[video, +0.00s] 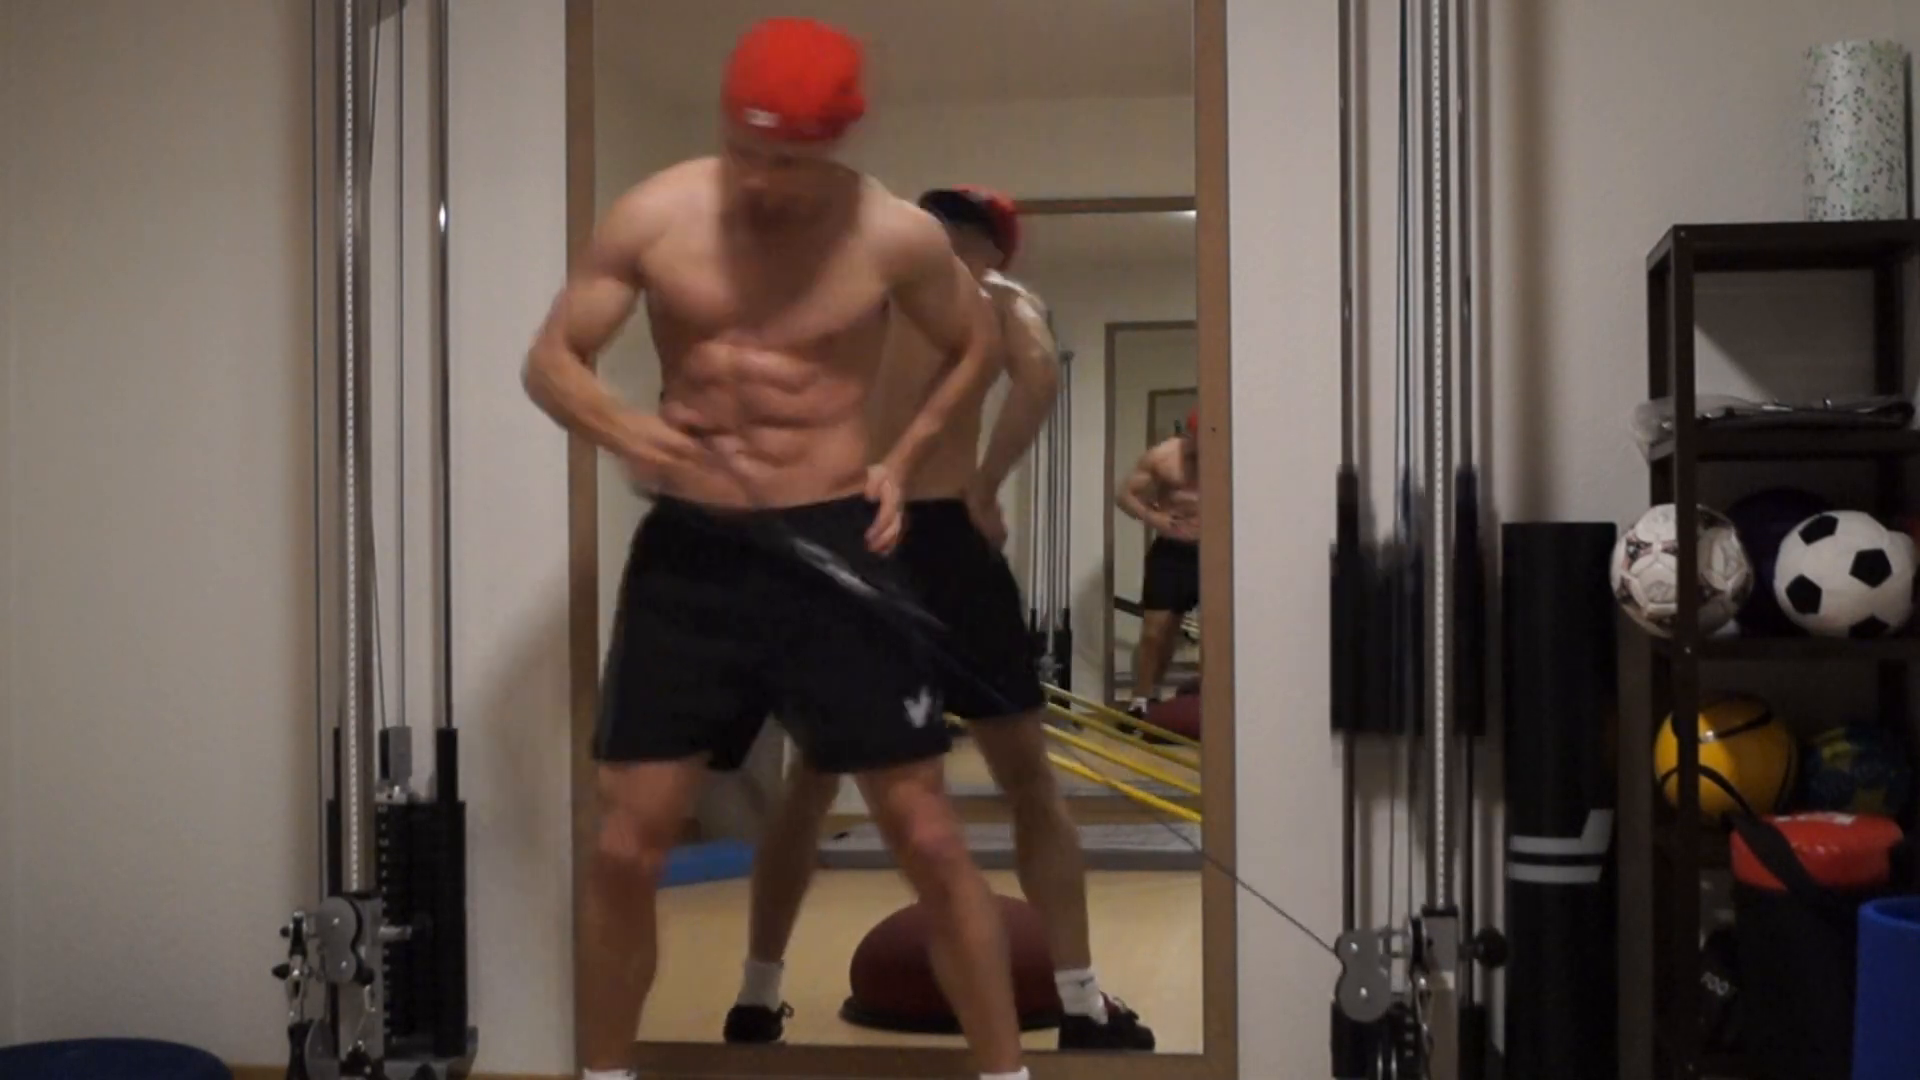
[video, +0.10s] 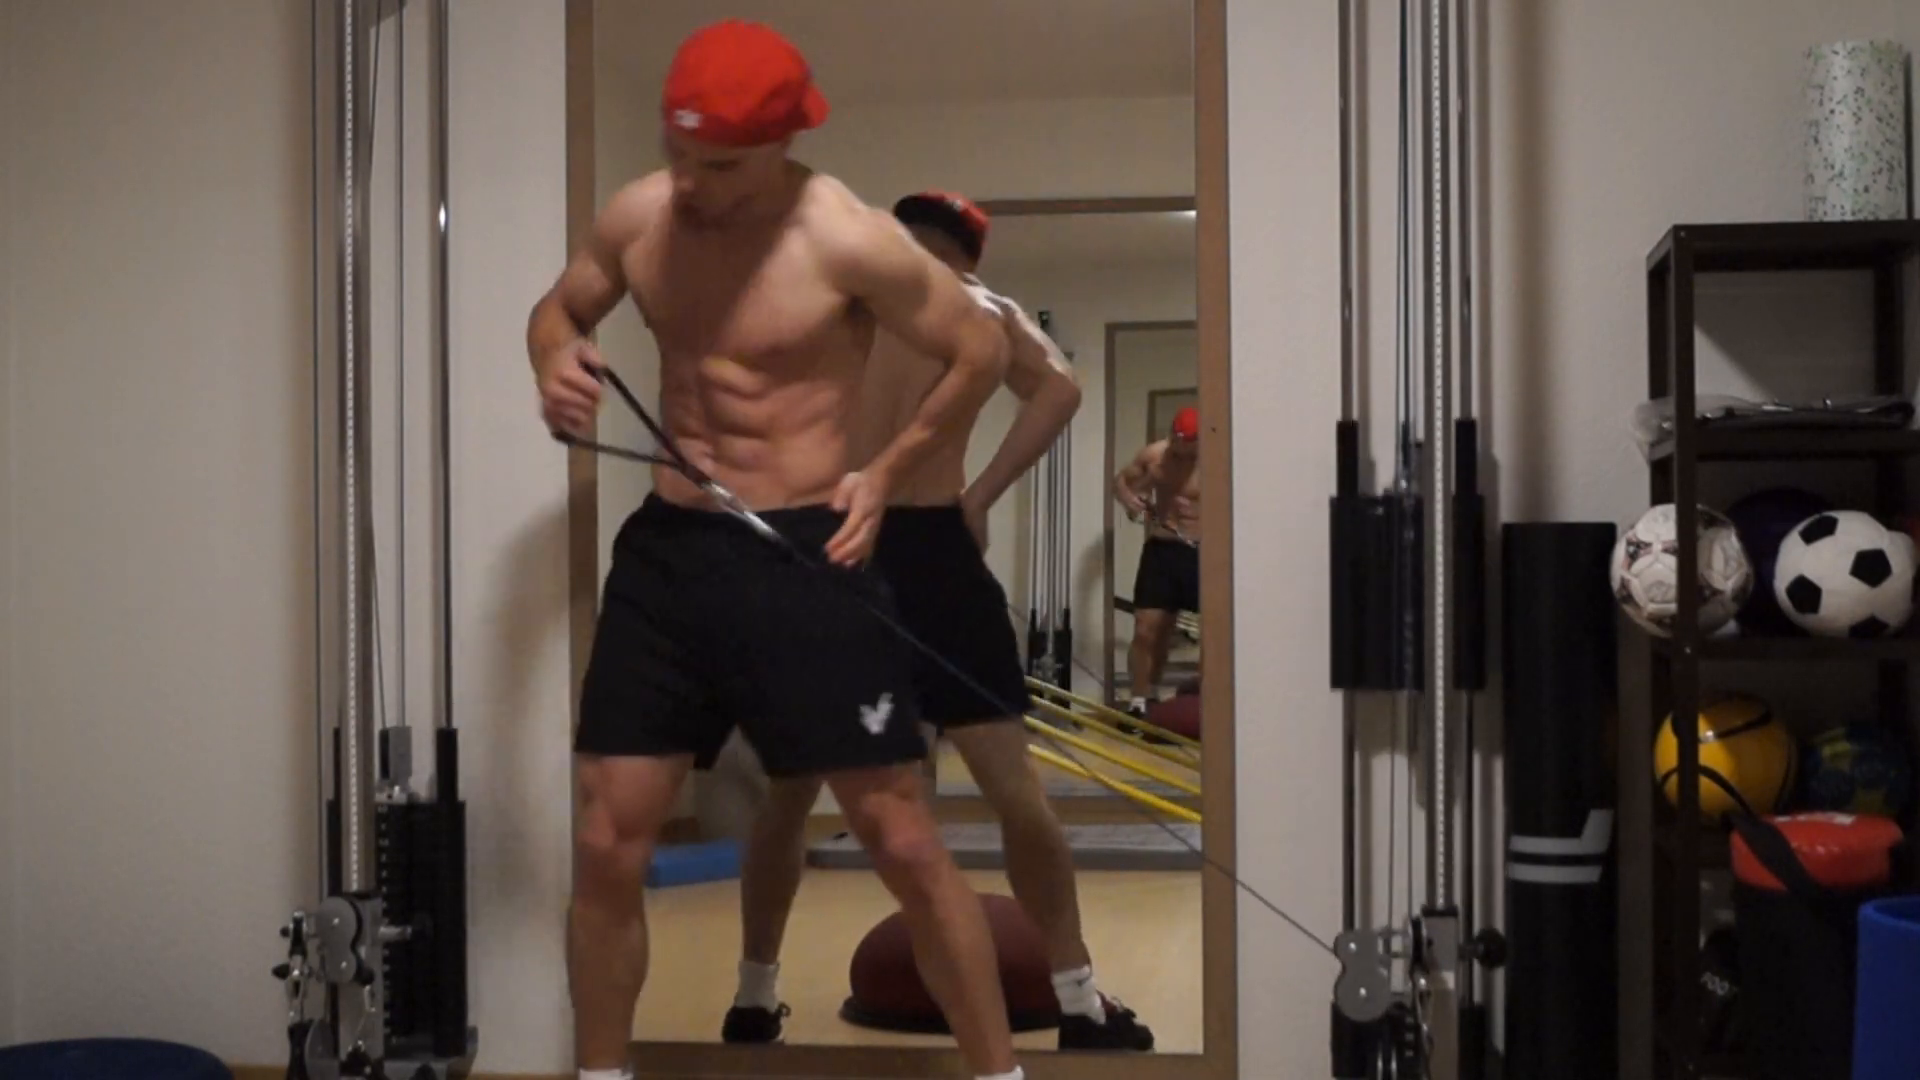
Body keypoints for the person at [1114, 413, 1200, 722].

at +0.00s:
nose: (1198, 444)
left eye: (1204, 438)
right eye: (1196, 437)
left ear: (1211, 437)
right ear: (1188, 432)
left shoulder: (1216, 460)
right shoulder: (1163, 457)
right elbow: (1125, 495)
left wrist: (1210, 525)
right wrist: (1157, 518)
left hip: (1202, 549)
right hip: (1170, 546)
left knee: (1171, 630)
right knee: (1154, 629)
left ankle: (1152, 694)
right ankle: (1141, 698)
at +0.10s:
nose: (1184, 447)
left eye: (1190, 441)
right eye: (1180, 440)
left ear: (1200, 440)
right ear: (1172, 436)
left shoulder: (1208, 464)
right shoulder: (1155, 456)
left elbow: (1226, 502)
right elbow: (1121, 481)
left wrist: (1206, 519)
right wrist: (1131, 501)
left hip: (1196, 550)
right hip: (1161, 547)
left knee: (1164, 630)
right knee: (1146, 627)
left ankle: (1149, 694)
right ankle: (1139, 699)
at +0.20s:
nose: (1172, 449)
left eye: (1179, 444)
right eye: (1168, 442)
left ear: (1193, 443)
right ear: (1163, 438)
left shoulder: (1204, 463)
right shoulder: (1151, 454)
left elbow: (1221, 502)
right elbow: (1122, 472)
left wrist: (1196, 518)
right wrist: (1125, 492)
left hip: (1192, 551)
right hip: (1156, 549)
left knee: (1161, 629)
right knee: (1143, 628)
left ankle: (1150, 693)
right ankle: (1137, 700)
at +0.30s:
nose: (1172, 448)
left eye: (1180, 443)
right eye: (1169, 442)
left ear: (1194, 443)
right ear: (1164, 437)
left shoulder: (1204, 465)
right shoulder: (1152, 455)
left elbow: (1221, 502)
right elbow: (1120, 479)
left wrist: (1203, 519)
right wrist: (1128, 498)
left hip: (1188, 550)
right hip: (1155, 547)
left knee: (1161, 629)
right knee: (1144, 628)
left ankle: (1149, 694)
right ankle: (1136, 700)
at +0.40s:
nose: (1191, 443)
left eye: (1196, 437)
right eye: (1188, 436)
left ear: (1206, 438)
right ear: (1179, 432)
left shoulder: (1213, 462)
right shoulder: (1159, 458)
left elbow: (1232, 502)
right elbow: (1123, 496)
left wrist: (1207, 512)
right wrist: (1157, 515)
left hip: (1203, 549)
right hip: (1168, 546)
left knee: (1167, 633)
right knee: (1152, 630)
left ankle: (1151, 697)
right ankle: (1138, 701)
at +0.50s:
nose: (1213, 427)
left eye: (1217, 419)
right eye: (1208, 419)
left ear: (1225, 424)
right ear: (1194, 418)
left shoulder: (1223, 460)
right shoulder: (1171, 459)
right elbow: (1145, 509)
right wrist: (1190, 529)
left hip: (1203, 550)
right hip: (1175, 549)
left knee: (1173, 634)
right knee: (1156, 633)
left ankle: (1153, 698)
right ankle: (1139, 703)